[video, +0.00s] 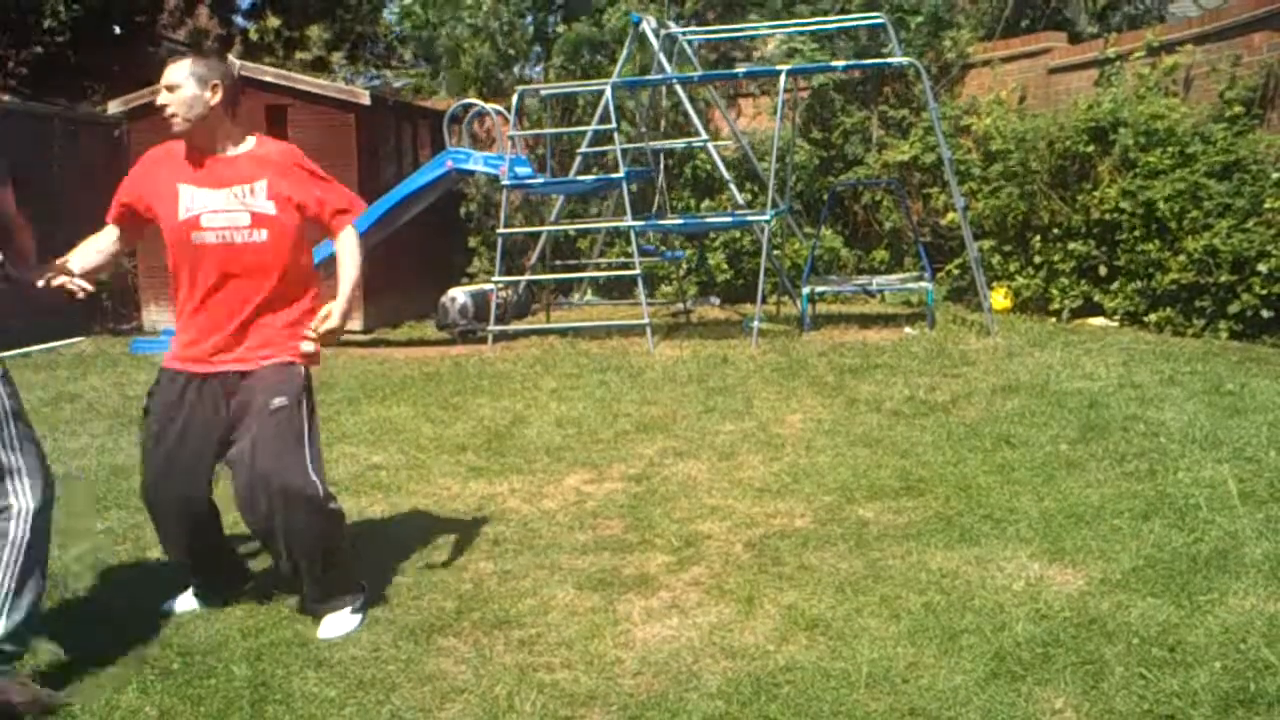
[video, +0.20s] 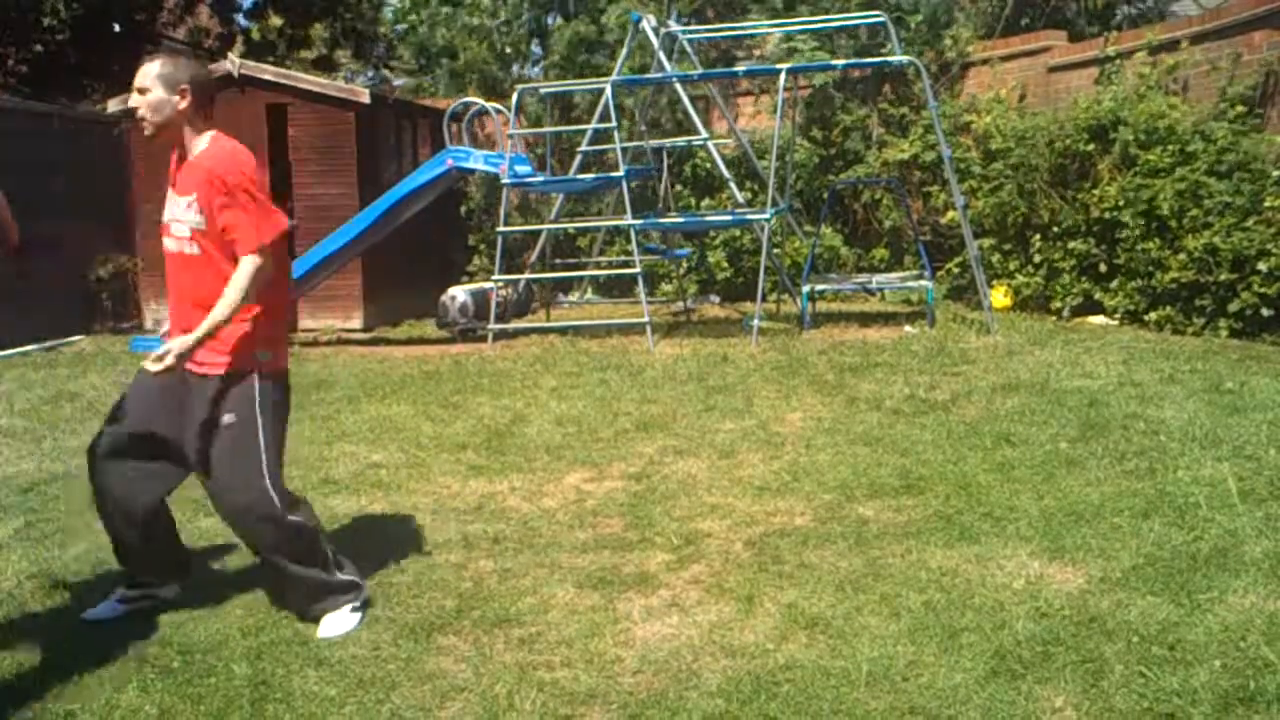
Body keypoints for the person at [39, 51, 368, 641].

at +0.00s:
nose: (161, 101)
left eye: (173, 89)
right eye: (161, 91)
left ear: (215, 94)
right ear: (201, 96)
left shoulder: (280, 160)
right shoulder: (157, 166)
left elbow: (345, 225)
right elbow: (116, 232)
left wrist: (343, 298)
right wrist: (69, 267)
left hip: (273, 355)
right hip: (191, 360)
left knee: (277, 480)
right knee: (167, 489)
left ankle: (337, 594)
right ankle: (217, 581)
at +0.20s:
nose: (134, 105)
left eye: (144, 93)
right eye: (135, 93)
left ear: (183, 100)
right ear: (179, 101)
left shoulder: (227, 162)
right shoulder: (185, 162)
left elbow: (258, 259)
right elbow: (212, 257)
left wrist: (194, 337)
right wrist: (179, 328)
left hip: (243, 367)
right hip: (185, 360)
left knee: (249, 496)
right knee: (117, 460)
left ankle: (337, 590)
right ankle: (157, 580)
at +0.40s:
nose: (107, 99)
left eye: (119, 90)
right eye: (108, 89)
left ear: (160, 100)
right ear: (153, 102)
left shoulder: (170, 157)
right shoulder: (189, 153)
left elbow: (114, 245)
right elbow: (247, 218)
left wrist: (34, 277)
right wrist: (254, 262)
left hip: (198, 363)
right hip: (146, 358)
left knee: (242, 488)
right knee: (89, 484)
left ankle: (333, 591)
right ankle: (101, 602)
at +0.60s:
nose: (126, 81)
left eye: (140, 72)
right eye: (122, 69)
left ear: (181, 81)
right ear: (120, 73)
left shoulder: (225, 157)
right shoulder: (115, 122)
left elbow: (249, 250)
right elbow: (62, 142)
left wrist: (196, 320)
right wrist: (8, 138)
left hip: (200, 350)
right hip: (116, 352)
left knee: (258, 471)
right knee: (101, 486)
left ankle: (323, 586)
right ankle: (106, 604)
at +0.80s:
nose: (186, 111)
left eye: (202, 102)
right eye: (180, 97)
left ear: (236, 109)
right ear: (171, 94)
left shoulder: (268, 182)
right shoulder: (140, 134)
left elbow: (322, 244)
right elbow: (47, 113)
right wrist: (15, 70)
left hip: (230, 367)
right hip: (139, 364)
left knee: (287, 474)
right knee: (111, 497)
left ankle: (347, 605)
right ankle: (103, 606)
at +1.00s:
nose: (196, 50)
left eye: (210, 38)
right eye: (192, 39)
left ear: (254, 44)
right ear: (193, 46)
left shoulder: (310, 112)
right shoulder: (191, 107)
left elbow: (391, 172)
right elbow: (125, 160)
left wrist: (449, 221)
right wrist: (45, 148)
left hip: (292, 334)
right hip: (217, 329)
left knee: (316, 480)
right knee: (183, 472)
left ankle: (349, 604)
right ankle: (207, 589)